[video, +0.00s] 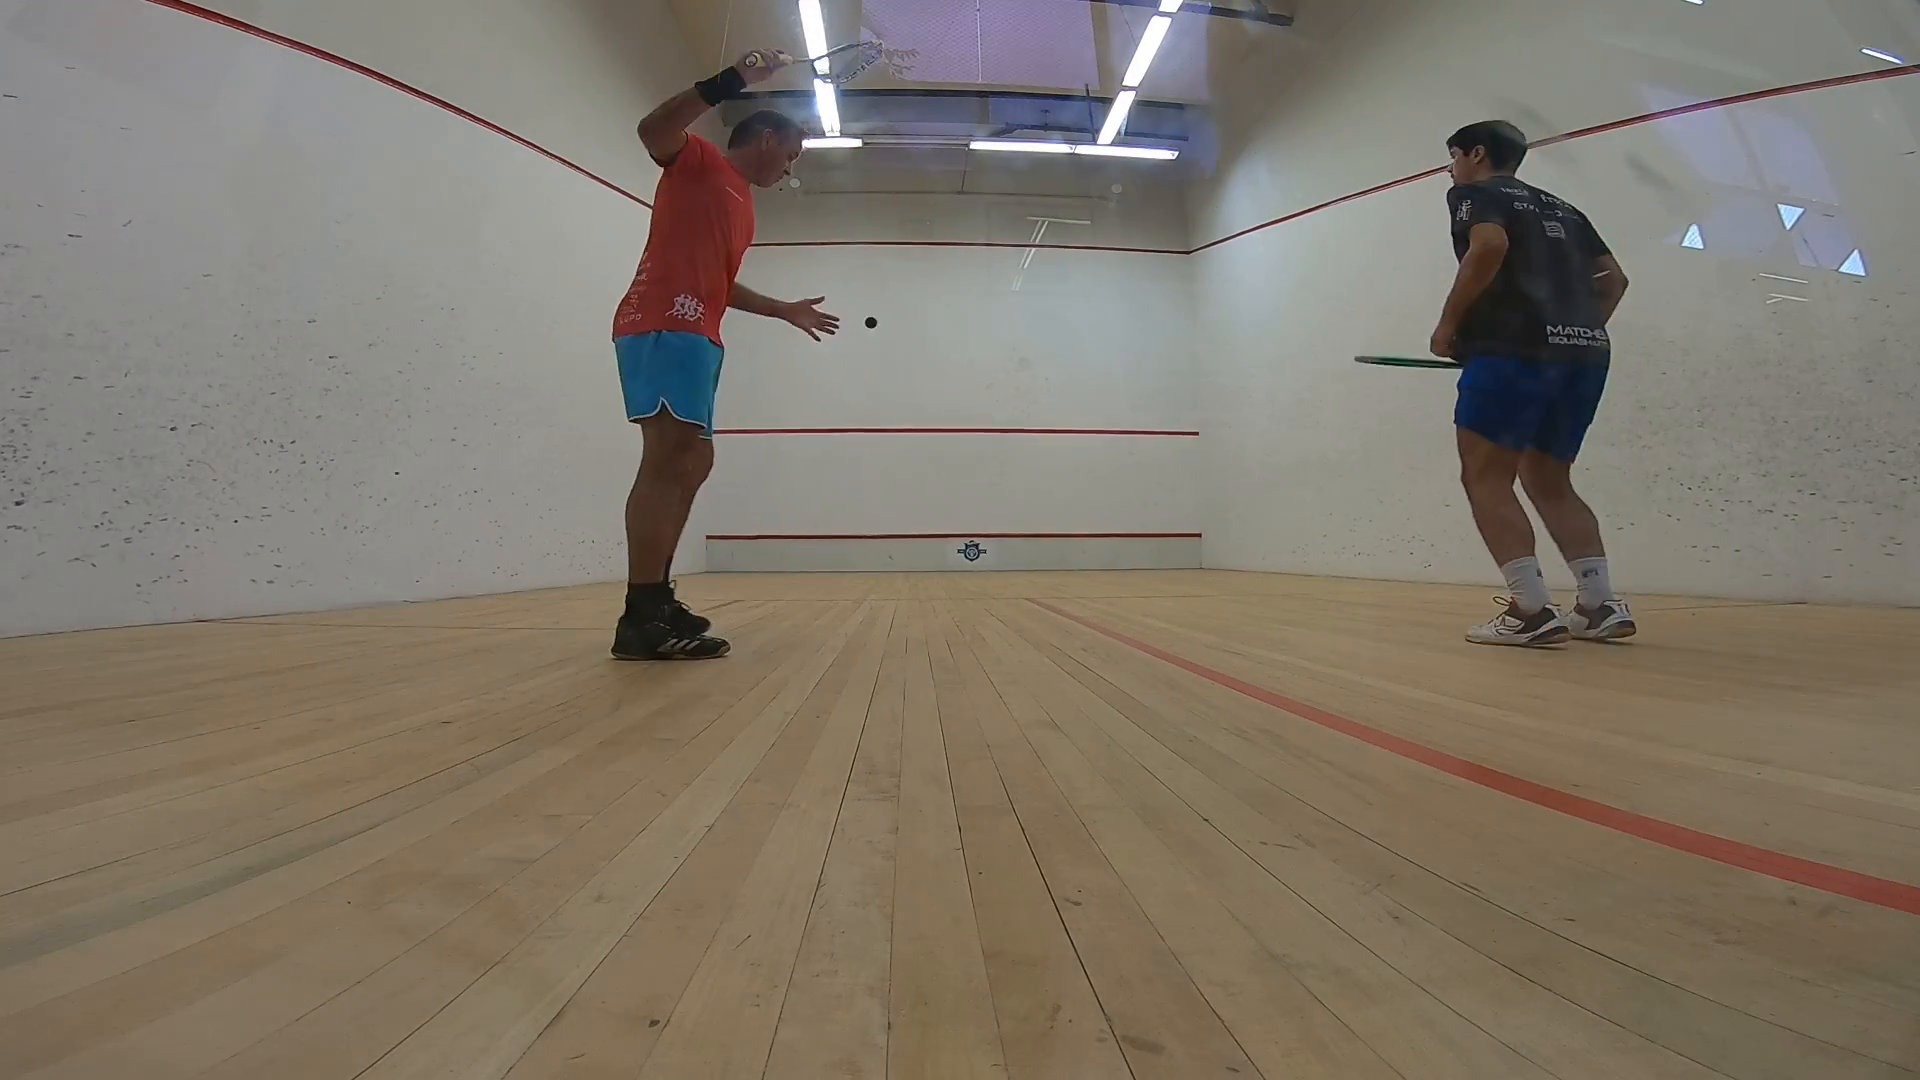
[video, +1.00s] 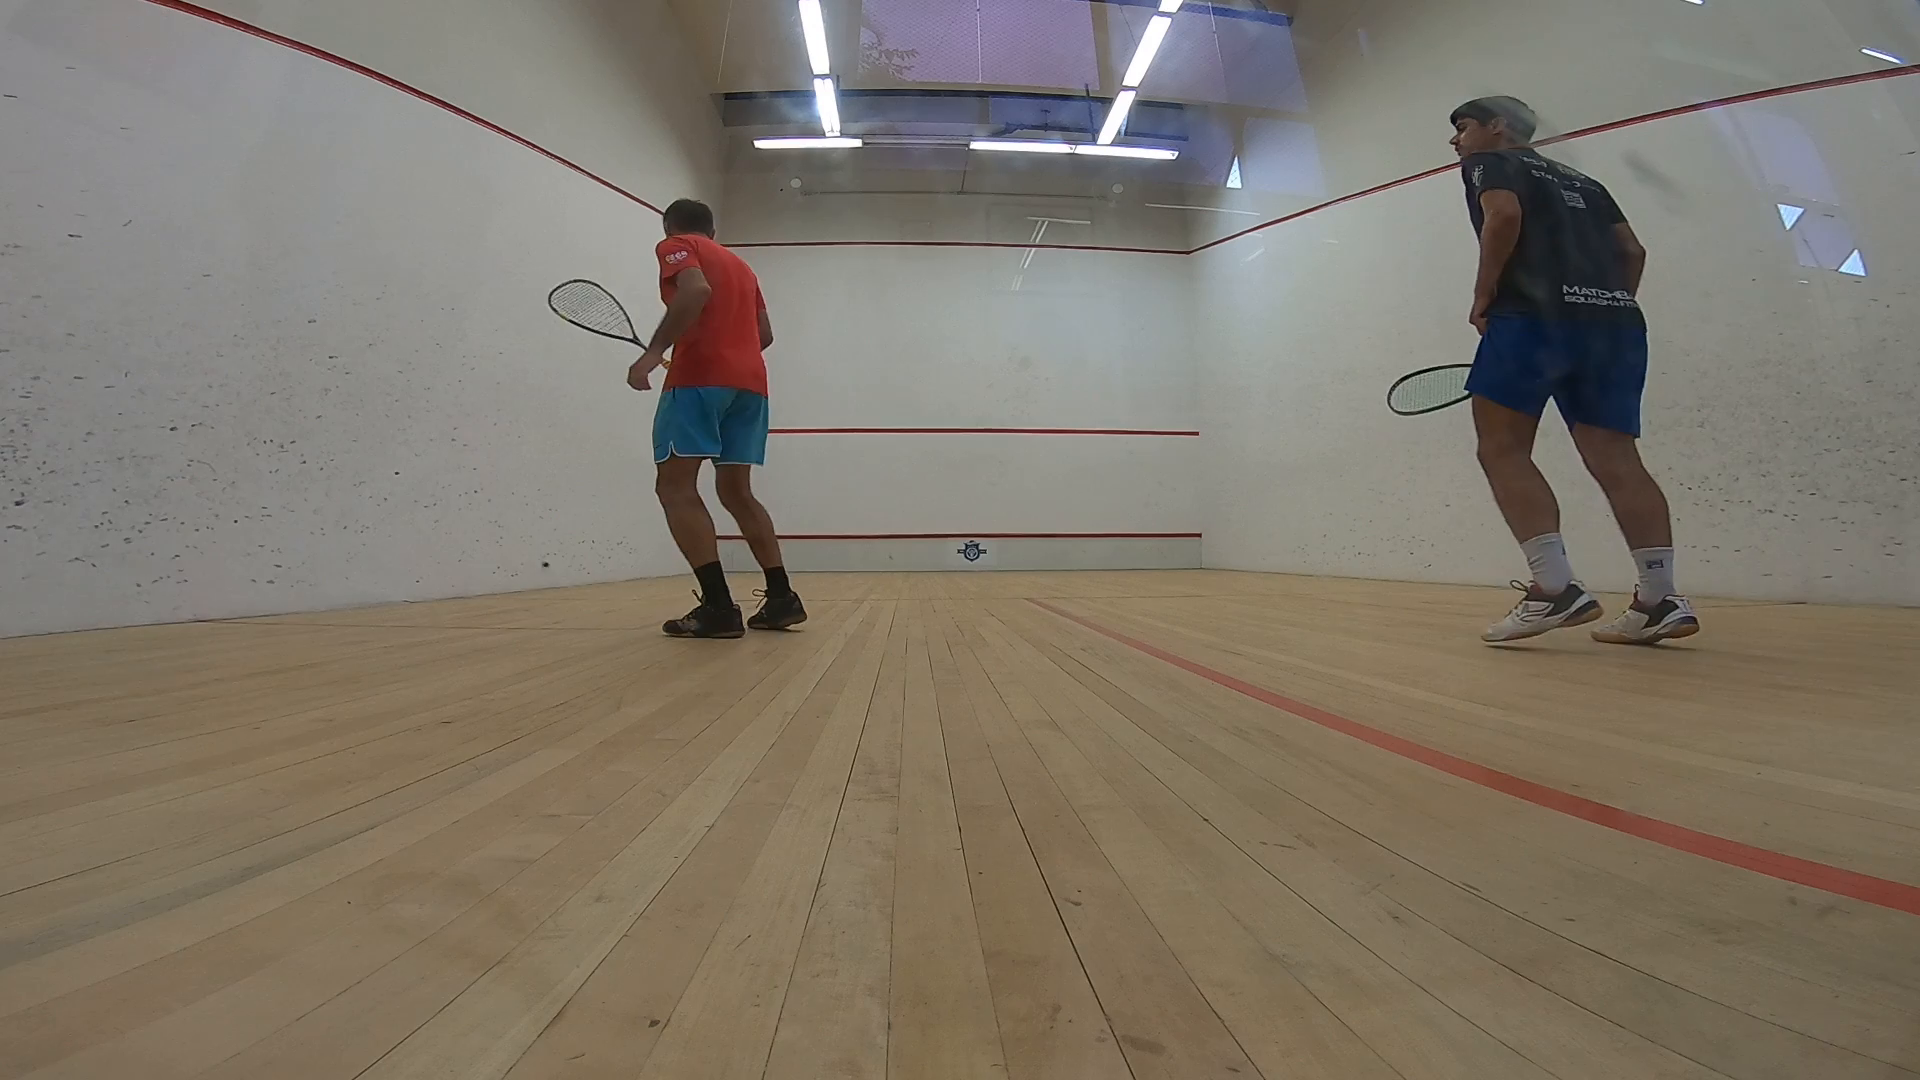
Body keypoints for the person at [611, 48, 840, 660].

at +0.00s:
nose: (790, 170)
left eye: (795, 160)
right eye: (790, 156)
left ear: (767, 150)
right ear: (764, 138)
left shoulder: (739, 204)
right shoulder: (700, 158)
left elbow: (718, 285)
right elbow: (654, 130)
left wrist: (785, 309)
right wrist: (726, 82)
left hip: (693, 334)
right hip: (664, 328)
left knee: (693, 462)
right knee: (668, 460)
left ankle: (655, 604)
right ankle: (642, 616)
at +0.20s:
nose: (771, 193)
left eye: (774, 184)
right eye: (769, 181)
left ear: (730, 165)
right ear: (748, 169)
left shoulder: (686, 205)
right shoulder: (710, 198)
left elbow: (660, 295)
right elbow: (729, 262)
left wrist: (704, 334)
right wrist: (777, 232)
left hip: (632, 348)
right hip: (665, 348)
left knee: (661, 473)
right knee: (683, 468)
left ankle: (622, 608)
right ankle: (648, 616)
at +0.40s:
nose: (742, 202)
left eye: (740, 196)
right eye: (744, 195)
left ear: (694, 187)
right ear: (738, 192)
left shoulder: (650, 220)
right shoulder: (740, 223)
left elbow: (600, 285)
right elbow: (731, 310)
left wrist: (633, 331)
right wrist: (703, 343)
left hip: (626, 357)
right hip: (686, 357)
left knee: (647, 477)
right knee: (721, 475)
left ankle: (618, 609)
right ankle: (670, 592)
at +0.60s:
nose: (729, 211)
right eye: (730, 205)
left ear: (681, 199)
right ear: (726, 203)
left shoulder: (650, 225)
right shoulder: (749, 237)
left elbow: (606, 276)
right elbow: (749, 310)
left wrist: (592, 336)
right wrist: (702, 330)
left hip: (654, 357)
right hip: (720, 364)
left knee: (644, 483)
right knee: (728, 483)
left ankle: (624, 605)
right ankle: (762, 596)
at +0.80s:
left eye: (678, 221)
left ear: (681, 218)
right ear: (726, 225)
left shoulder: (672, 238)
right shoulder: (756, 262)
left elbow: (662, 278)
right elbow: (772, 330)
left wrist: (602, 329)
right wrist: (726, 351)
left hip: (688, 370)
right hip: (748, 376)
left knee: (666, 490)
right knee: (756, 492)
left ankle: (641, 602)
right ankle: (787, 603)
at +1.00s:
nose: (665, 238)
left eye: (665, 232)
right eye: (668, 232)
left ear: (671, 228)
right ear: (710, 230)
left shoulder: (675, 243)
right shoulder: (739, 266)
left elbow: (695, 289)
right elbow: (763, 335)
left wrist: (651, 353)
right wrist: (699, 351)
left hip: (699, 377)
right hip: (751, 381)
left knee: (676, 488)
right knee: (736, 490)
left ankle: (718, 607)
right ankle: (782, 598)